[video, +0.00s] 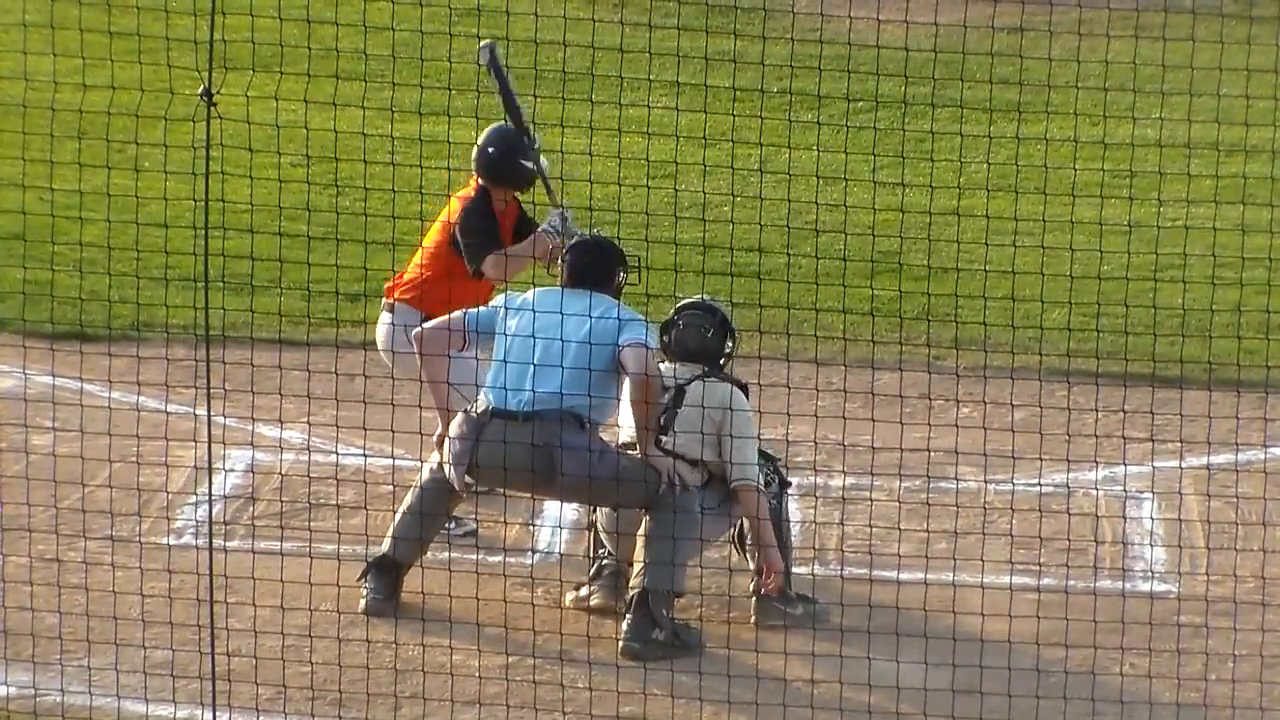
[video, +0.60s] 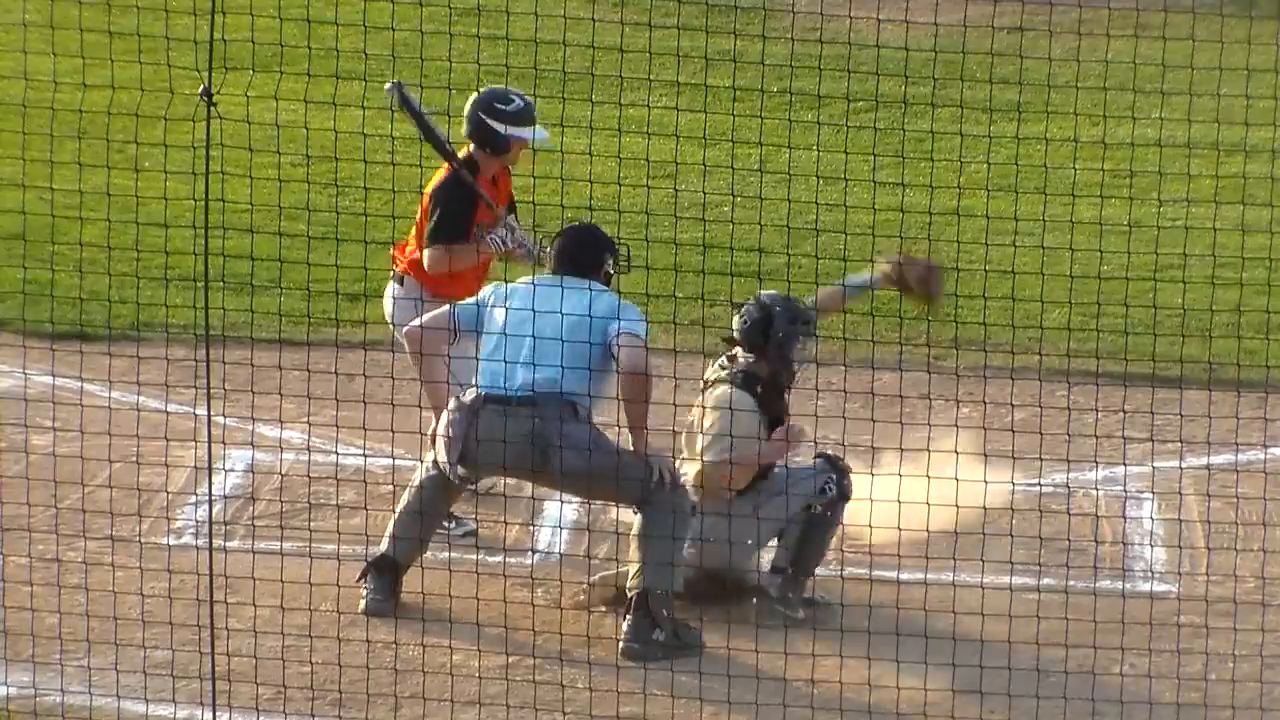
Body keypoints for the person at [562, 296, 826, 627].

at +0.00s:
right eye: (724, 342)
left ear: (666, 343)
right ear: (721, 349)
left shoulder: (639, 380)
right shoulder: (727, 396)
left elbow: (615, 444)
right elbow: (746, 481)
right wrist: (768, 548)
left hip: (630, 507)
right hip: (695, 513)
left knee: (620, 471)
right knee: (767, 477)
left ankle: (606, 579)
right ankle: (775, 594)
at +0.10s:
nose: (733, 351)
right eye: (731, 344)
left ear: (671, 342)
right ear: (722, 349)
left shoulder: (641, 378)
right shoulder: (726, 396)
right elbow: (742, 486)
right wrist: (770, 547)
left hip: (628, 505)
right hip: (694, 511)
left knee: (615, 470)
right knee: (770, 468)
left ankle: (607, 576)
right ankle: (776, 591)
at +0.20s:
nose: (745, 357)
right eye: (743, 349)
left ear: (688, 346)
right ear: (736, 354)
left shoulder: (665, 384)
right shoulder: (725, 398)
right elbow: (728, 495)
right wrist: (776, 545)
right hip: (686, 510)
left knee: (618, 469)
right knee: (768, 474)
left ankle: (607, 574)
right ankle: (775, 592)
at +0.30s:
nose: (772, 364)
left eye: (772, 354)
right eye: (768, 354)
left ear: (718, 350)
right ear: (751, 359)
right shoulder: (723, 397)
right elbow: (710, 495)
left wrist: (829, 497)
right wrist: (763, 514)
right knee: (767, 470)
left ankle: (612, 568)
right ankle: (773, 593)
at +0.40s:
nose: (786, 366)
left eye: (786, 357)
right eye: (781, 356)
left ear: (744, 349)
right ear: (756, 354)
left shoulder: (743, 382)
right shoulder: (718, 389)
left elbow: (824, 417)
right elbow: (682, 465)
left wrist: (893, 457)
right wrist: (751, 479)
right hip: (670, 515)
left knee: (716, 585)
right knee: (783, 459)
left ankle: (622, 577)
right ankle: (778, 594)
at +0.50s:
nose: (794, 358)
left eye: (795, 348)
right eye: (787, 348)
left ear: (749, 342)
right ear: (760, 350)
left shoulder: (745, 368)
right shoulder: (720, 393)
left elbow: (825, 358)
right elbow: (686, 464)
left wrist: (907, 363)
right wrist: (748, 454)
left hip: (681, 507)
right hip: (689, 519)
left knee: (731, 582)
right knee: (811, 472)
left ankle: (649, 576)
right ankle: (789, 593)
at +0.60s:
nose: (798, 353)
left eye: (798, 342)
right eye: (792, 343)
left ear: (753, 338)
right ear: (771, 345)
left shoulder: (738, 366)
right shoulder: (734, 400)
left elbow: (811, 308)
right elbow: (715, 480)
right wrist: (771, 453)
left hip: (703, 512)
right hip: (711, 527)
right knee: (831, 480)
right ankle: (785, 588)